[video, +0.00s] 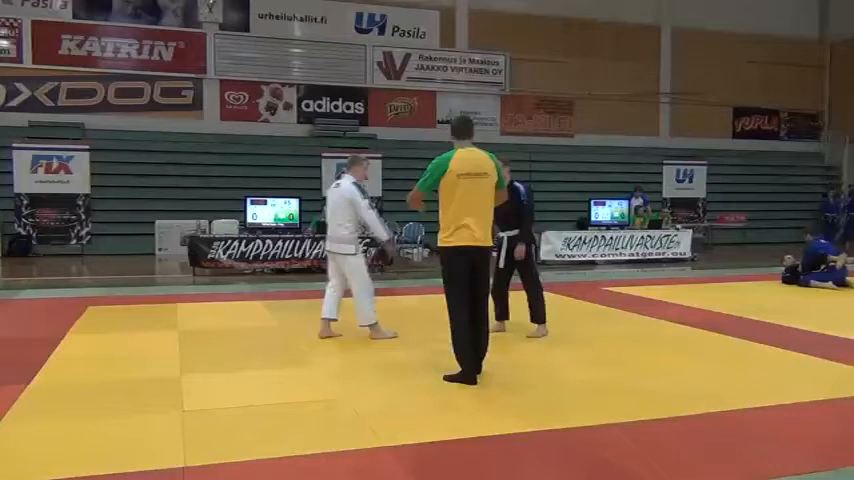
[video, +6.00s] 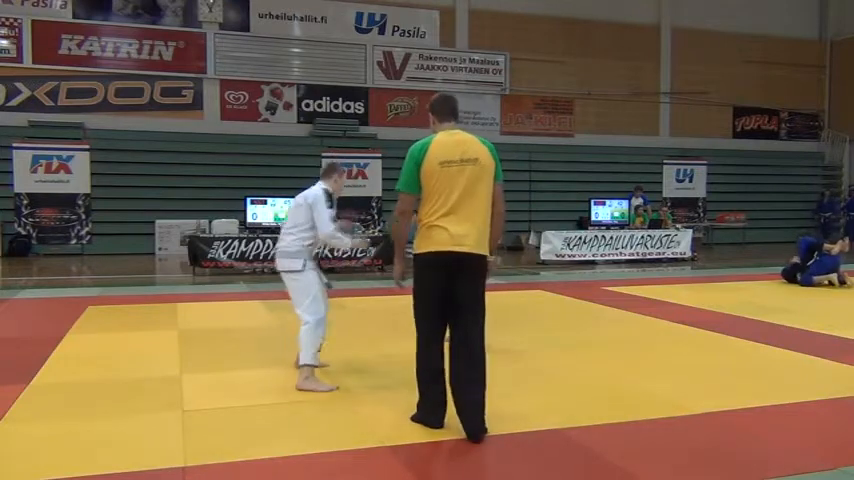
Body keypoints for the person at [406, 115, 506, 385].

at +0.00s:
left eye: (454, 135)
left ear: (452, 136)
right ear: (473, 135)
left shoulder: (444, 161)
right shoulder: (491, 160)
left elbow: (413, 199)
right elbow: (502, 196)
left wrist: (422, 204)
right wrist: (478, 200)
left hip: (453, 245)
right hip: (482, 244)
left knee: (458, 306)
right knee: (479, 303)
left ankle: (468, 370)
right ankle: (476, 362)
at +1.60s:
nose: (435, 142)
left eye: (436, 138)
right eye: (436, 138)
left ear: (441, 136)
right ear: (457, 136)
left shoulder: (442, 159)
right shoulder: (473, 160)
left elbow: (428, 199)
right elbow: (469, 198)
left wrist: (418, 235)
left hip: (447, 239)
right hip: (468, 238)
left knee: (449, 301)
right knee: (457, 298)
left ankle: (465, 362)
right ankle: (453, 351)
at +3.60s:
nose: (415, 165)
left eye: (416, 161)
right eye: (416, 161)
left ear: (420, 158)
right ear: (434, 155)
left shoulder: (424, 166)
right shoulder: (453, 171)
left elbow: (426, 203)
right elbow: (458, 206)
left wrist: (428, 237)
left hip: (447, 235)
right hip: (466, 234)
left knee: (445, 302)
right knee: (451, 301)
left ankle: (451, 369)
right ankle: (451, 357)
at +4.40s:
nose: (434, 140)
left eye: (434, 136)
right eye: (436, 136)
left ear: (438, 134)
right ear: (458, 132)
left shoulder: (433, 161)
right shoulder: (484, 158)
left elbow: (420, 207)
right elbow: (494, 207)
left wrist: (412, 224)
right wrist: (482, 233)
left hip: (446, 248)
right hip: (479, 248)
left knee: (445, 314)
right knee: (477, 313)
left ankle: (449, 376)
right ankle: (486, 385)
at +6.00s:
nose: (429, 123)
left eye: (428, 118)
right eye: (433, 118)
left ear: (432, 118)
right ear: (458, 116)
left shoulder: (421, 150)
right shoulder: (487, 149)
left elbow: (404, 211)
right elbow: (499, 205)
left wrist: (399, 257)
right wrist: (491, 250)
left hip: (432, 257)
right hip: (473, 257)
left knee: (429, 337)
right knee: (470, 338)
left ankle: (431, 412)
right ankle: (475, 423)